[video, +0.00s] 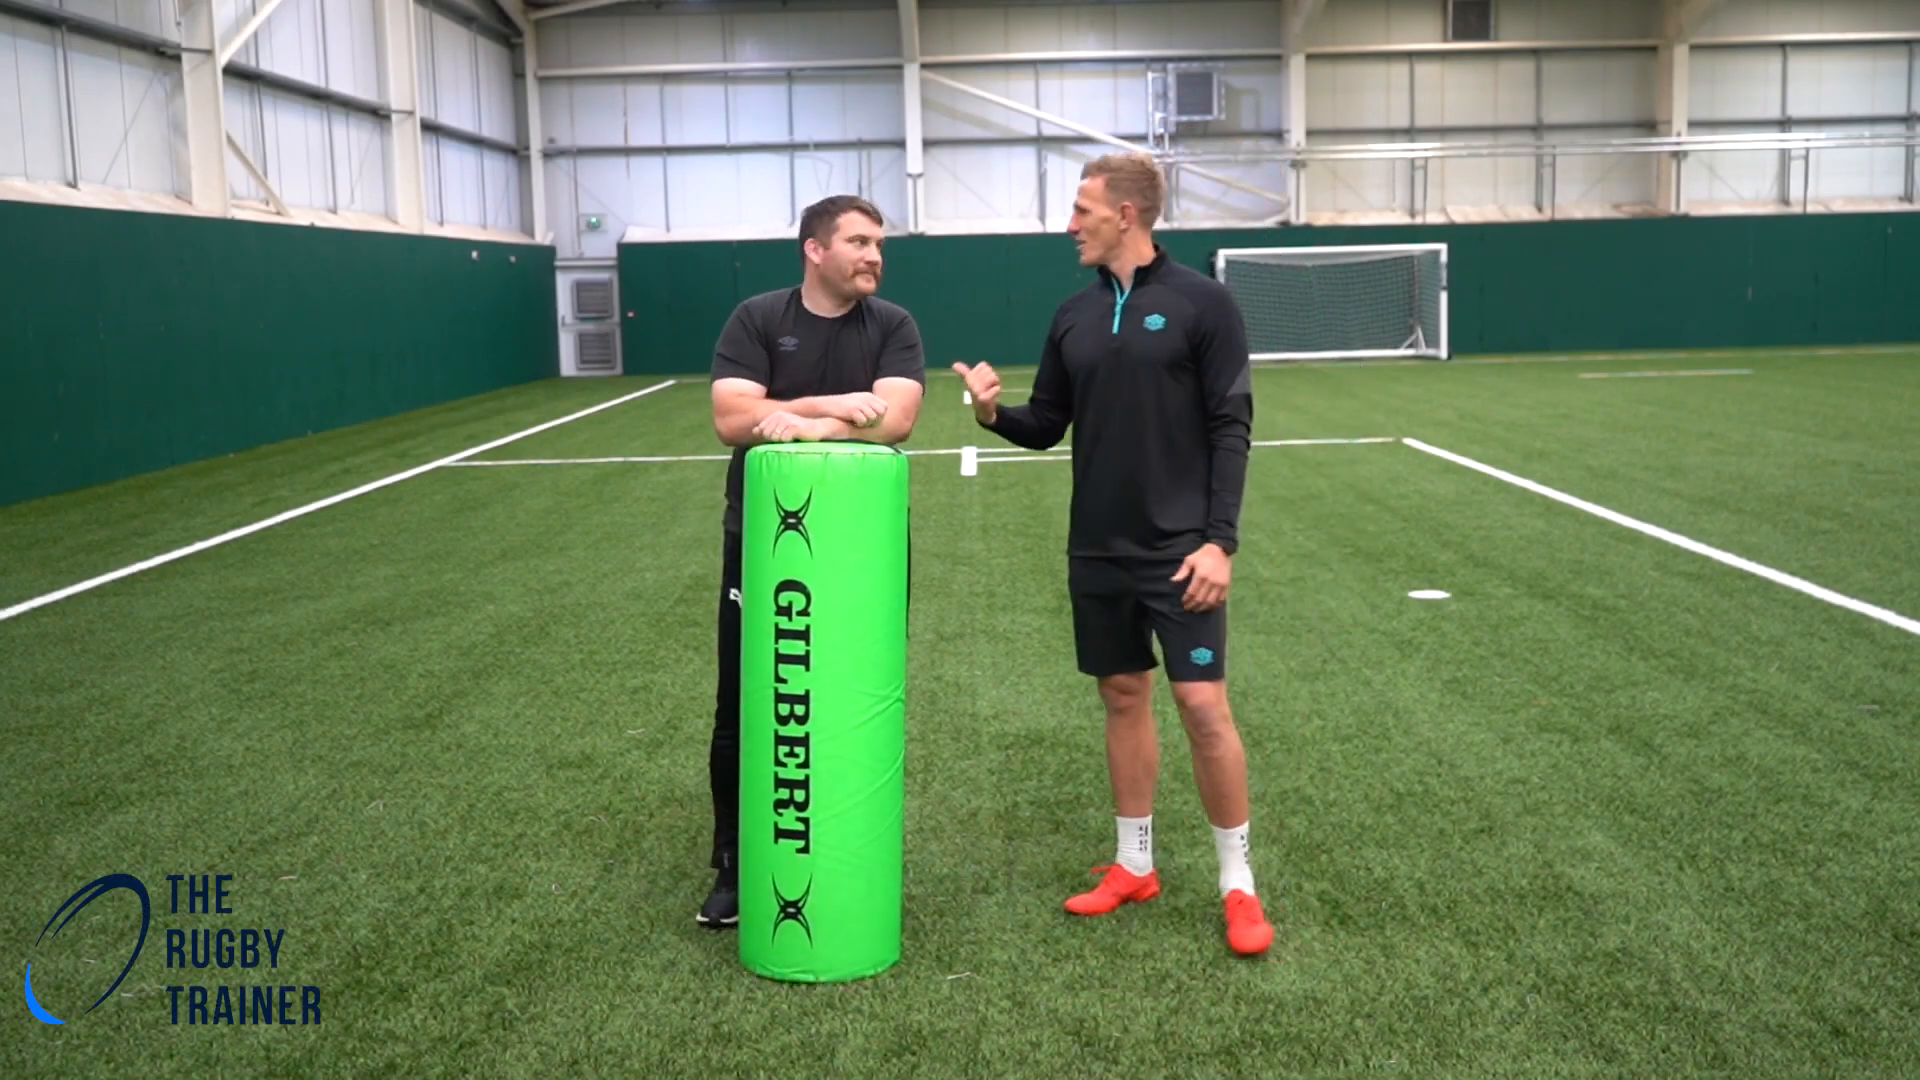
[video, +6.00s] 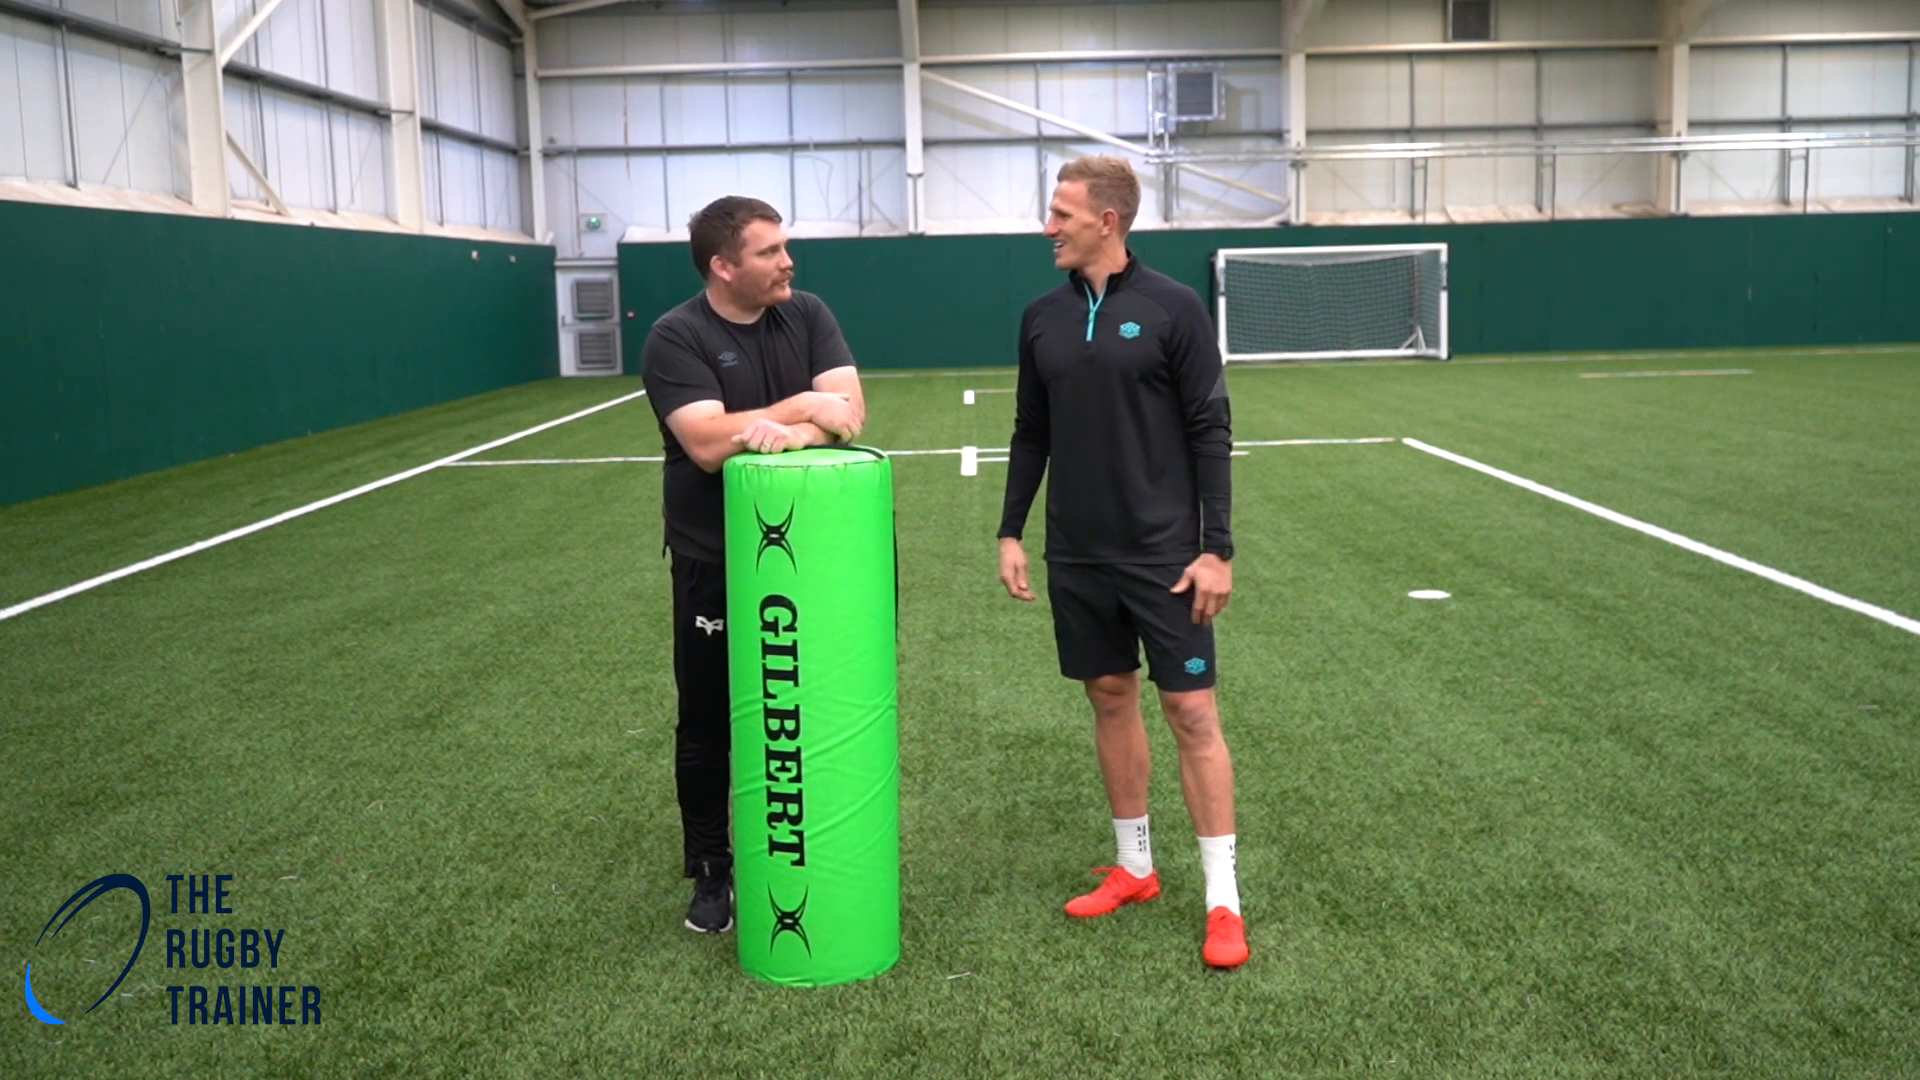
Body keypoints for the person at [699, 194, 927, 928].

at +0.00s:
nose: (875, 257)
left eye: (878, 245)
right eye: (859, 242)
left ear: (876, 256)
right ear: (814, 250)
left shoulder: (891, 325)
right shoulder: (757, 318)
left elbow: (895, 420)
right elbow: (730, 419)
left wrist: (786, 416)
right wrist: (846, 410)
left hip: (854, 546)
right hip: (761, 542)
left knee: (848, 711)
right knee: (744, 706)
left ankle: (840, 878)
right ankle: (732, 871)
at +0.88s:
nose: (776, 254)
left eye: (775, 242)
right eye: (760, 246)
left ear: (768, 249)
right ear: (712, 259)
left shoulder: (795, 315)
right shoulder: (664, 336)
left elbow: (836, 409)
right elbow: (679, 446)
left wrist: (742, 422)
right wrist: (789, 414)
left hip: (791, 555)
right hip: (701, 559)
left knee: (797, 713)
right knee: (701, 722)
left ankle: (803, 867)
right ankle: (711, 874)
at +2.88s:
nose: (822, 277)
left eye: (833, 264)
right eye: (807, 263)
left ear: (845, 263)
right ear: (772, 261)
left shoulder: (868, 321)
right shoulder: (730, 328)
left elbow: (884, 425)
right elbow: (730, 433)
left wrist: (783, 423)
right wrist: (833, 408)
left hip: (842, 554)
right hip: (746, 552)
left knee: (837, 715)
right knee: (728, 713)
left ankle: (831, 877)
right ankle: (716, 870)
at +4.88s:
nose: (763, 278)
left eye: (771, 263)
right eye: (746, 267)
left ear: (779, 257)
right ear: (705, 268)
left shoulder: (808, 316)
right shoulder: (670, 335)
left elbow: (842, 419)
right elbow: (691, 442)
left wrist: (758, 424)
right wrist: (798, 410)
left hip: (799, 553)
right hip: (700, 555)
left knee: (803, 710)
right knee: (700, 719)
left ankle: (808, 864)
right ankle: (712, 872)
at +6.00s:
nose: (786, 261)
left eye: (785, 248)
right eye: (770, 253)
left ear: (779, 250)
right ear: (720, 266)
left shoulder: (806, 314)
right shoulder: (675, 338)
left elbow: (846, 414)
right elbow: (706, 445)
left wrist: (764, 428)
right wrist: (808, 408)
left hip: (805, 556)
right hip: (713, 560)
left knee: (807, 712)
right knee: (709, 720)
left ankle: (811, 865)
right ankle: (713, 872)